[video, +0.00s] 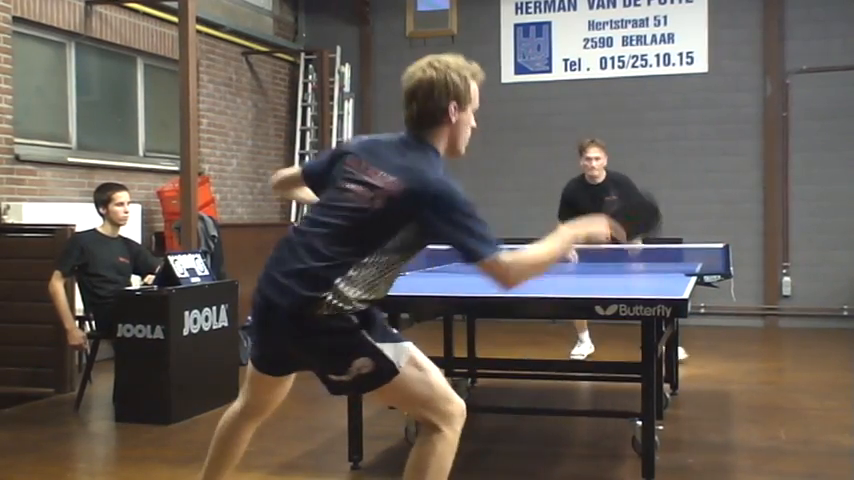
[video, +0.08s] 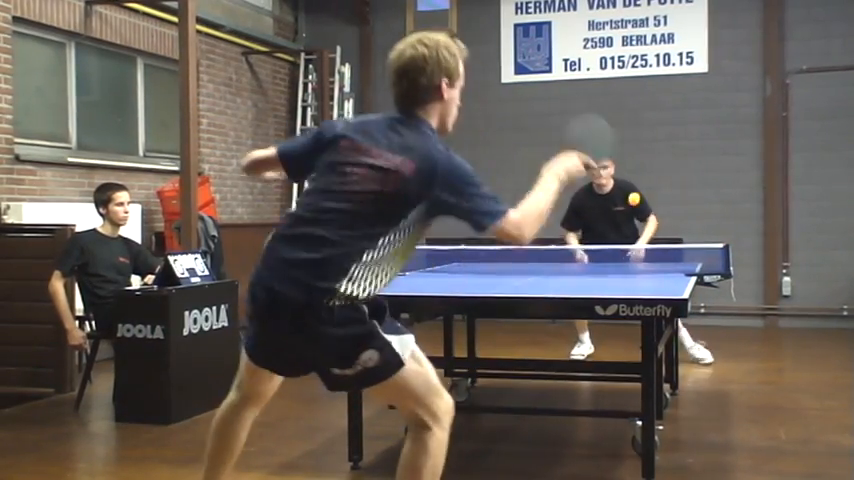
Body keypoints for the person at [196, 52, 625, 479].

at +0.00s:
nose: (476, 121)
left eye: (475, 109)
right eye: (473, 110)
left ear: (419, 109)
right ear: (452, 114)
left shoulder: (358, 148)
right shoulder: (434, 185)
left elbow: (283, 183)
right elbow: (508, 273)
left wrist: (324, 199)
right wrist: (569, 232)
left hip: (274, 298)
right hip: (330, 316)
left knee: (251, 406)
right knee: (447, 414)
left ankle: (209, 477)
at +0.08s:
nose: (460, 96)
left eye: (459, 84)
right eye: (459, 85)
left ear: (402, 86)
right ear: (443, 89)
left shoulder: (344, 130)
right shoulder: (436, 160)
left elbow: (255, 162)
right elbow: (519, 229)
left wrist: (281, 162)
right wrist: (556, 172)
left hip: (269, 295)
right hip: (335, 312)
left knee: (242, 400)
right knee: (434, 413)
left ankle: (211, 475)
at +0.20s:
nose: (434, 66)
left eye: (434, 57)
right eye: (434, 57)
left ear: (371, 60)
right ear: (423, 62)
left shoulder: (322, 102)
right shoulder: (423, 131)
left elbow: (228, 141)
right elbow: (499, 191)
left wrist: (210, 146)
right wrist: (509, 129)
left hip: (253, 264)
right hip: (321, 283)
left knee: (223, 386)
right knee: (401, 413)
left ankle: (192, 475)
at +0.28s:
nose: (413, 72)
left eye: (410, 62)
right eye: (411, 62)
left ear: (345, 65)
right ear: (402, 69)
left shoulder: (298, 111)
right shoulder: (411, 135)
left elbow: (199, 150)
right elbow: (483, 193)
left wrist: (188, 151)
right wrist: (486, 131)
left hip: (241, 277)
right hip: (319, 291)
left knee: (186, 406)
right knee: (398, 417)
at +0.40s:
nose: (370, 108)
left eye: (367, 99)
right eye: (369, 100)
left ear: (304, 104)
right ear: (360, 107)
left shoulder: (256, 156)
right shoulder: (376, 174)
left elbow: (153, 195)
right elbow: (459, 227)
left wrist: (149, 183)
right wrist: (456, 162)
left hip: (220, 343)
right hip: (308, 351)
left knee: (121, 454)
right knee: (392, 448)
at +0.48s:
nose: (333, 121)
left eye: (332, 110)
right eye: (332, 110)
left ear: (264, 113)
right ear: (319, 118)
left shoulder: (212, 166)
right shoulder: (329, 186)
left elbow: (104, 205)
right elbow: (423, 245)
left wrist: (108, 196)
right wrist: (426, 178)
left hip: (179, 363)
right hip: (271, 370)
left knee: (70, 463)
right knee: (364, 455)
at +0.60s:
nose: (276, 99)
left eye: (277, 90)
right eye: (276, 90)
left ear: (205, 91)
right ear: (264, 95)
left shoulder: (141, 139)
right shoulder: (259, 163)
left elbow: (35, 164)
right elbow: (364, 243)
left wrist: (26, 153)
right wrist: (376, 176)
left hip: (79, 340)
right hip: (172, 348)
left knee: (10, 462)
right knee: (295, 454)